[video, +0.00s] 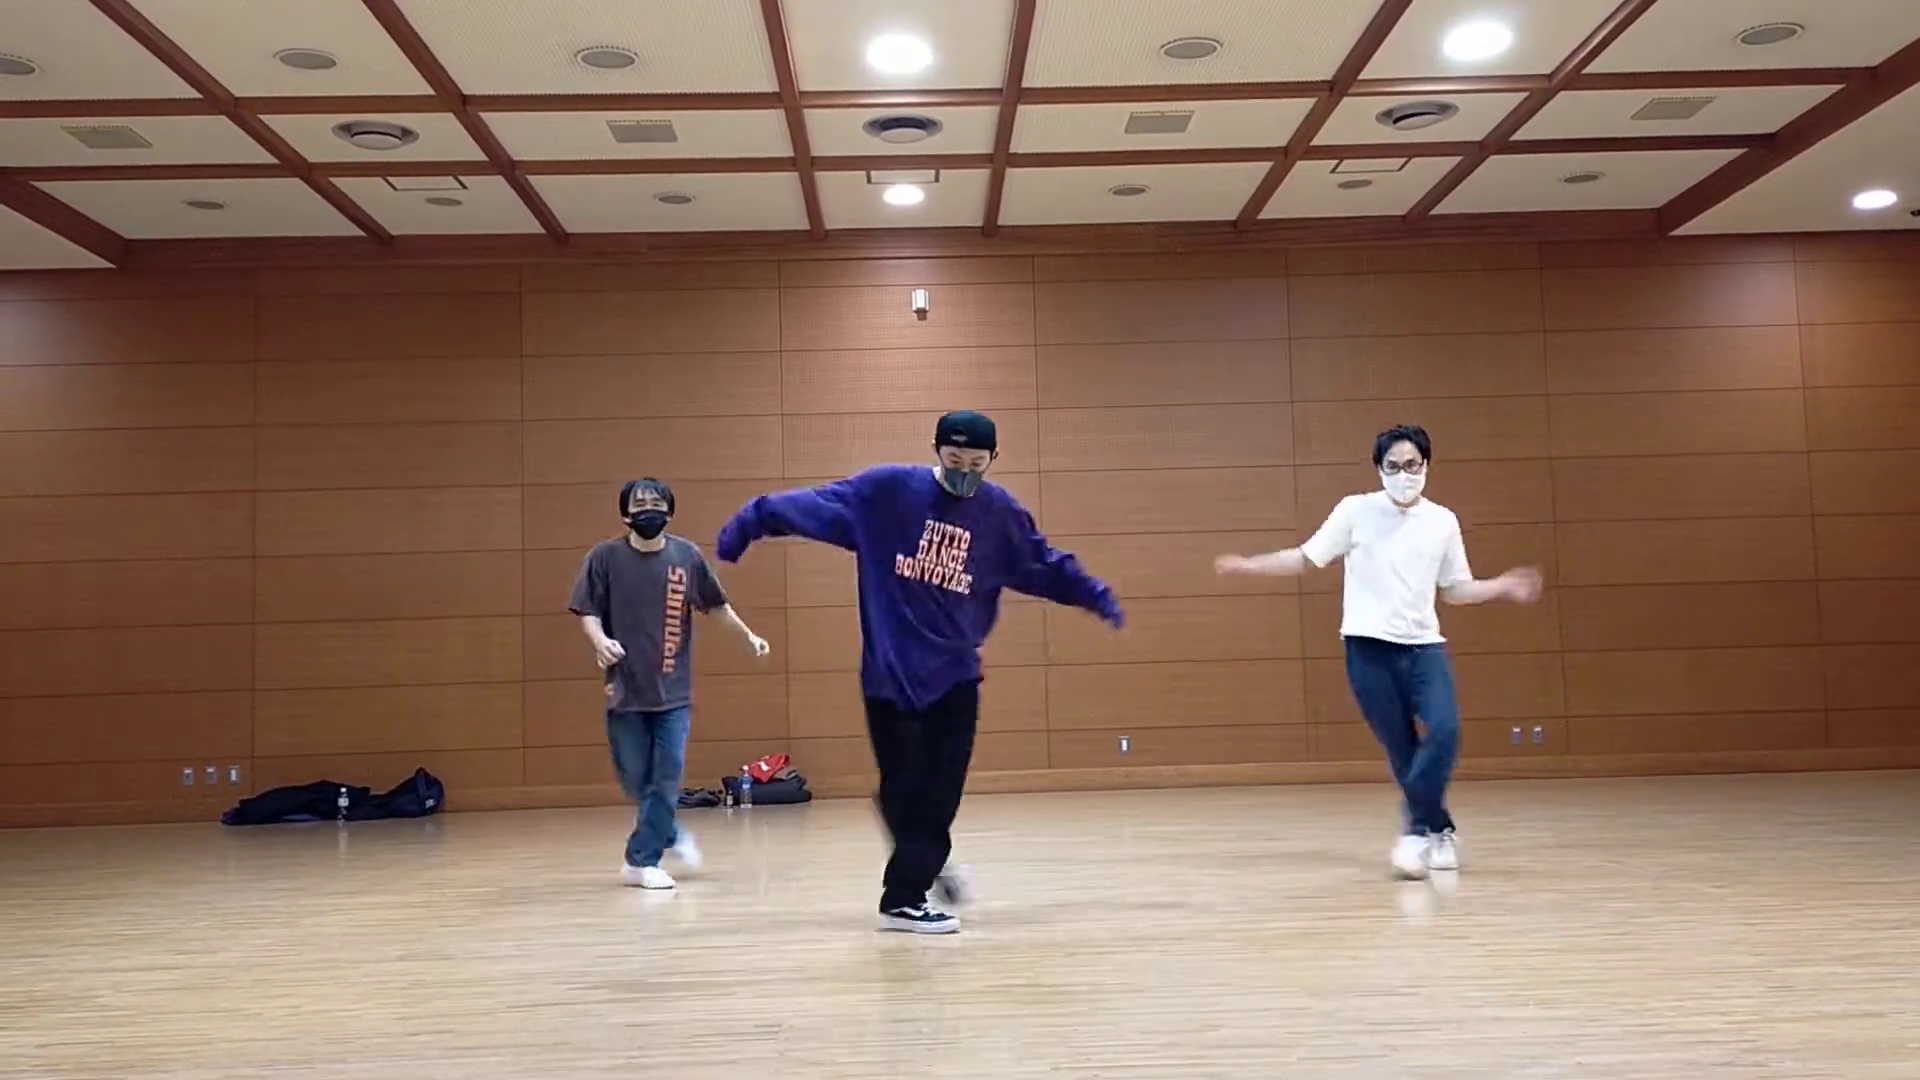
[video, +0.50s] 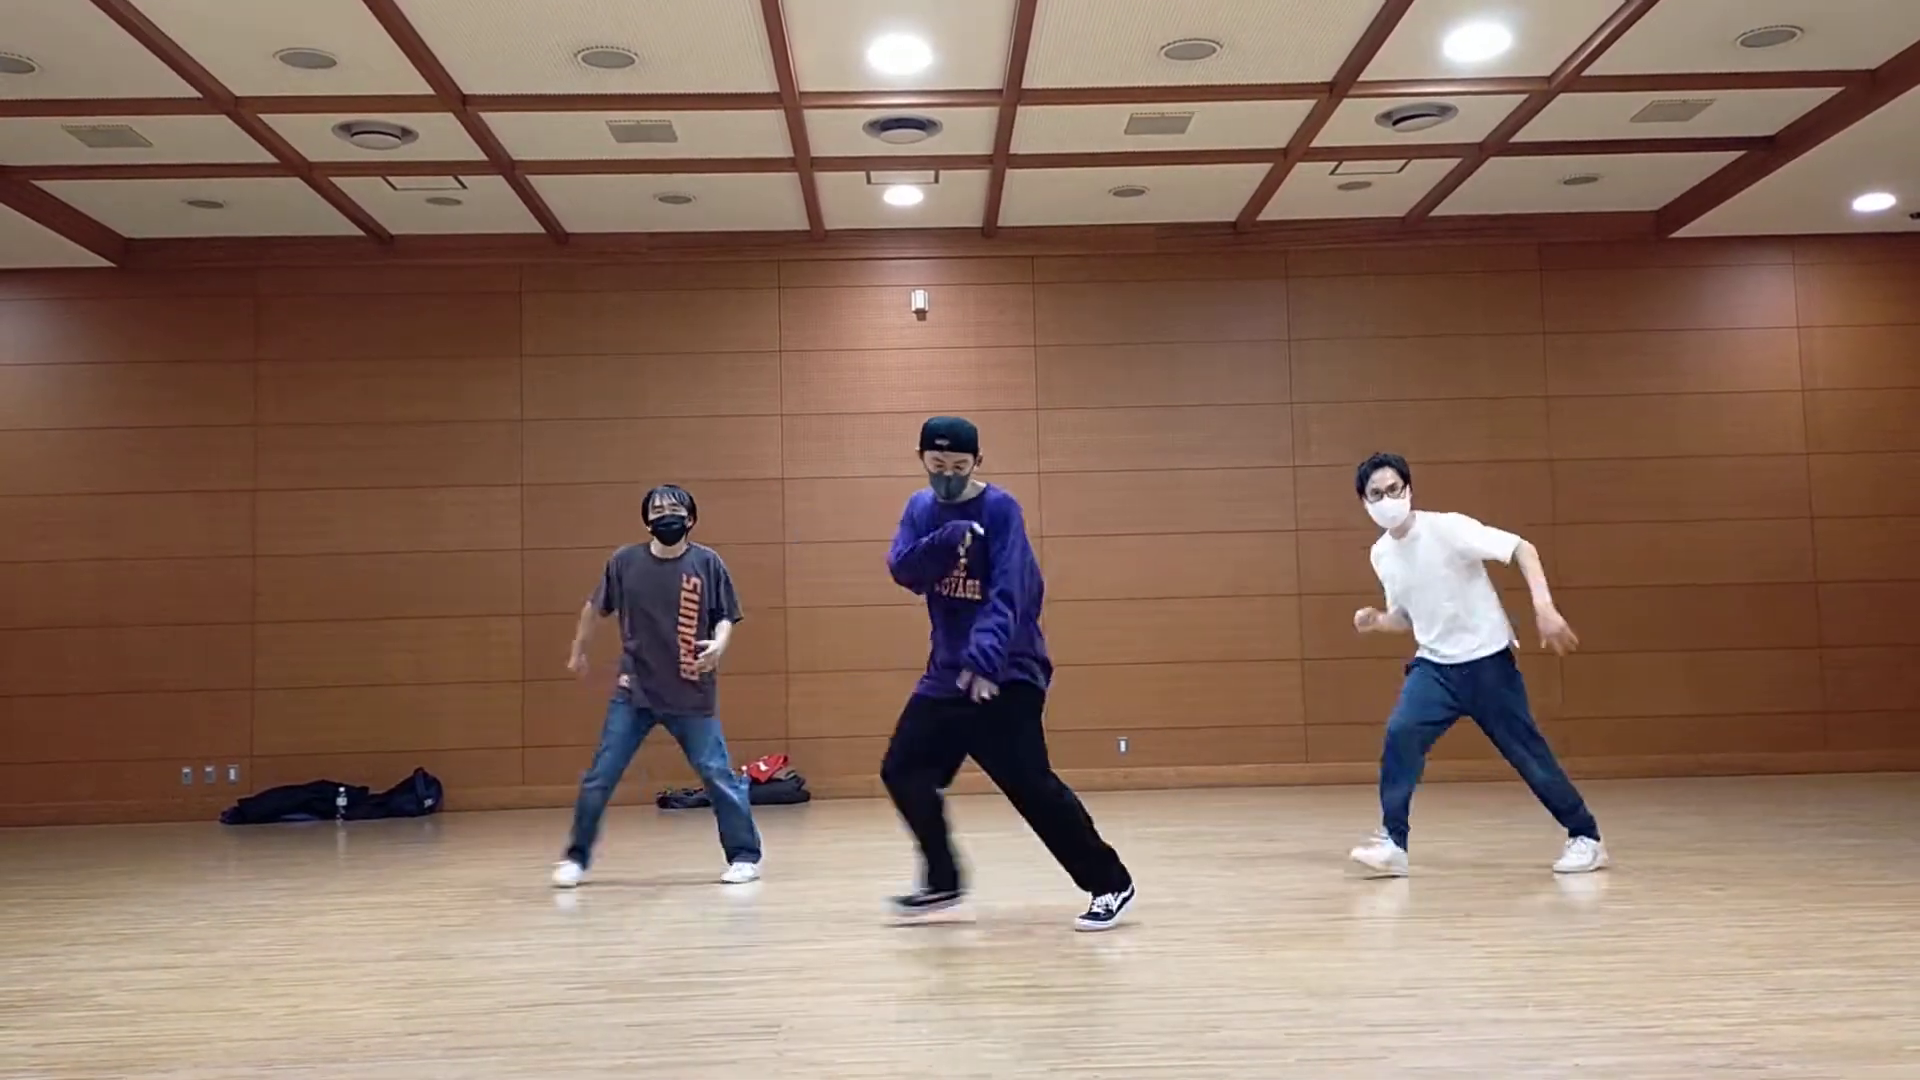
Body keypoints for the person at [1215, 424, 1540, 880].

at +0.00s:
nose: (1404, 474)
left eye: (1413, 465)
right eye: (1394, 466)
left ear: (1426, 468)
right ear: (1380, 470)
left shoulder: (1442, 522)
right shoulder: (1355, 511)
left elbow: (1456, 589)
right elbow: (1305, 557)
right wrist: (1250, 564)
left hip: (1423, 644)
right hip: (1367, 645)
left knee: (1444, 728)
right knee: (1401, 748)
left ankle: (1414, 833)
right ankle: (1439, 832)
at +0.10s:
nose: (1411, 480)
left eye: (1418, 472)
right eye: (1400, 474)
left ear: (1430, 474)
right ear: (1385, 481)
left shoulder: (1458, 522)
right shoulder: (1366, 525)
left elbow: (1492, 586)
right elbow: (1332, 578)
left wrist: (1502, 544)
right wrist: (1305, 608)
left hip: (1446, 654)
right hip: (1389, 658)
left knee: (1472, 729)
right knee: (1417, 755)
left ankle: (1480, 830)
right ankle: (1444, 837)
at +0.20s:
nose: (1408, 469)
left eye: (1415, 459)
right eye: (1397, 463)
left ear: (1430, 461)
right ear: (1386, 471)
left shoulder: (1465, 504)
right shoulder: (1377, 519)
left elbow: (1522, 553)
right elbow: (1362, 579)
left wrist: (1483, 525)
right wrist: (1353, 612)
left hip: (1462, 647)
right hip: (1403, 650)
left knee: (1489, 742)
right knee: (1416, 750)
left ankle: (1533, 832)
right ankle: (1445, 833)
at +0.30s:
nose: (1404, 462)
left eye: (1410, 452)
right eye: (1393, 456)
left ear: (1425, 454)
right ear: (1381, 466)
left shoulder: (1462, 497)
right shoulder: (1383, 518)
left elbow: (1529, 525)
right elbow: (1389, 577)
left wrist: (1486, 555)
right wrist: (1377, 597)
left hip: (1474, 639)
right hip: (1417, 644)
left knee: (1506, 739)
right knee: (1406, 728)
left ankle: (1545, 832)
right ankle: (1453, 821)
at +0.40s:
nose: (1394, 475)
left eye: (1401, 465)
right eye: (1384, 469)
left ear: (1417, 467)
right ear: (1373, 479)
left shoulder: (1454, 504)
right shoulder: (1386, 528)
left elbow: (1525, 529)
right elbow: (1410, 584)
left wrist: (1513, 588)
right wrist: (1387, 596)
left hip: (1480, 645)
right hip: (1428, 649)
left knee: (1519, 741)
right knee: (1407, 724)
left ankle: (1573, 834)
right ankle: (1419, 832)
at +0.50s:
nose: (1389, 499)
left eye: (1395, 489)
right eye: (1378, 494)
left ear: (1409, 491)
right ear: (1366, 505)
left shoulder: (1448, 529)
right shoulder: (1382, 555)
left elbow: (1523, 550)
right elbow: (1406, 617)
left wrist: (1545, 609)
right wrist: (1379, 621)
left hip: (1487, 664)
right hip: (1434, 669)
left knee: (1525, 751)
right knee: (1401, 733)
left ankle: (1586, 837)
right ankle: (1393, 844)